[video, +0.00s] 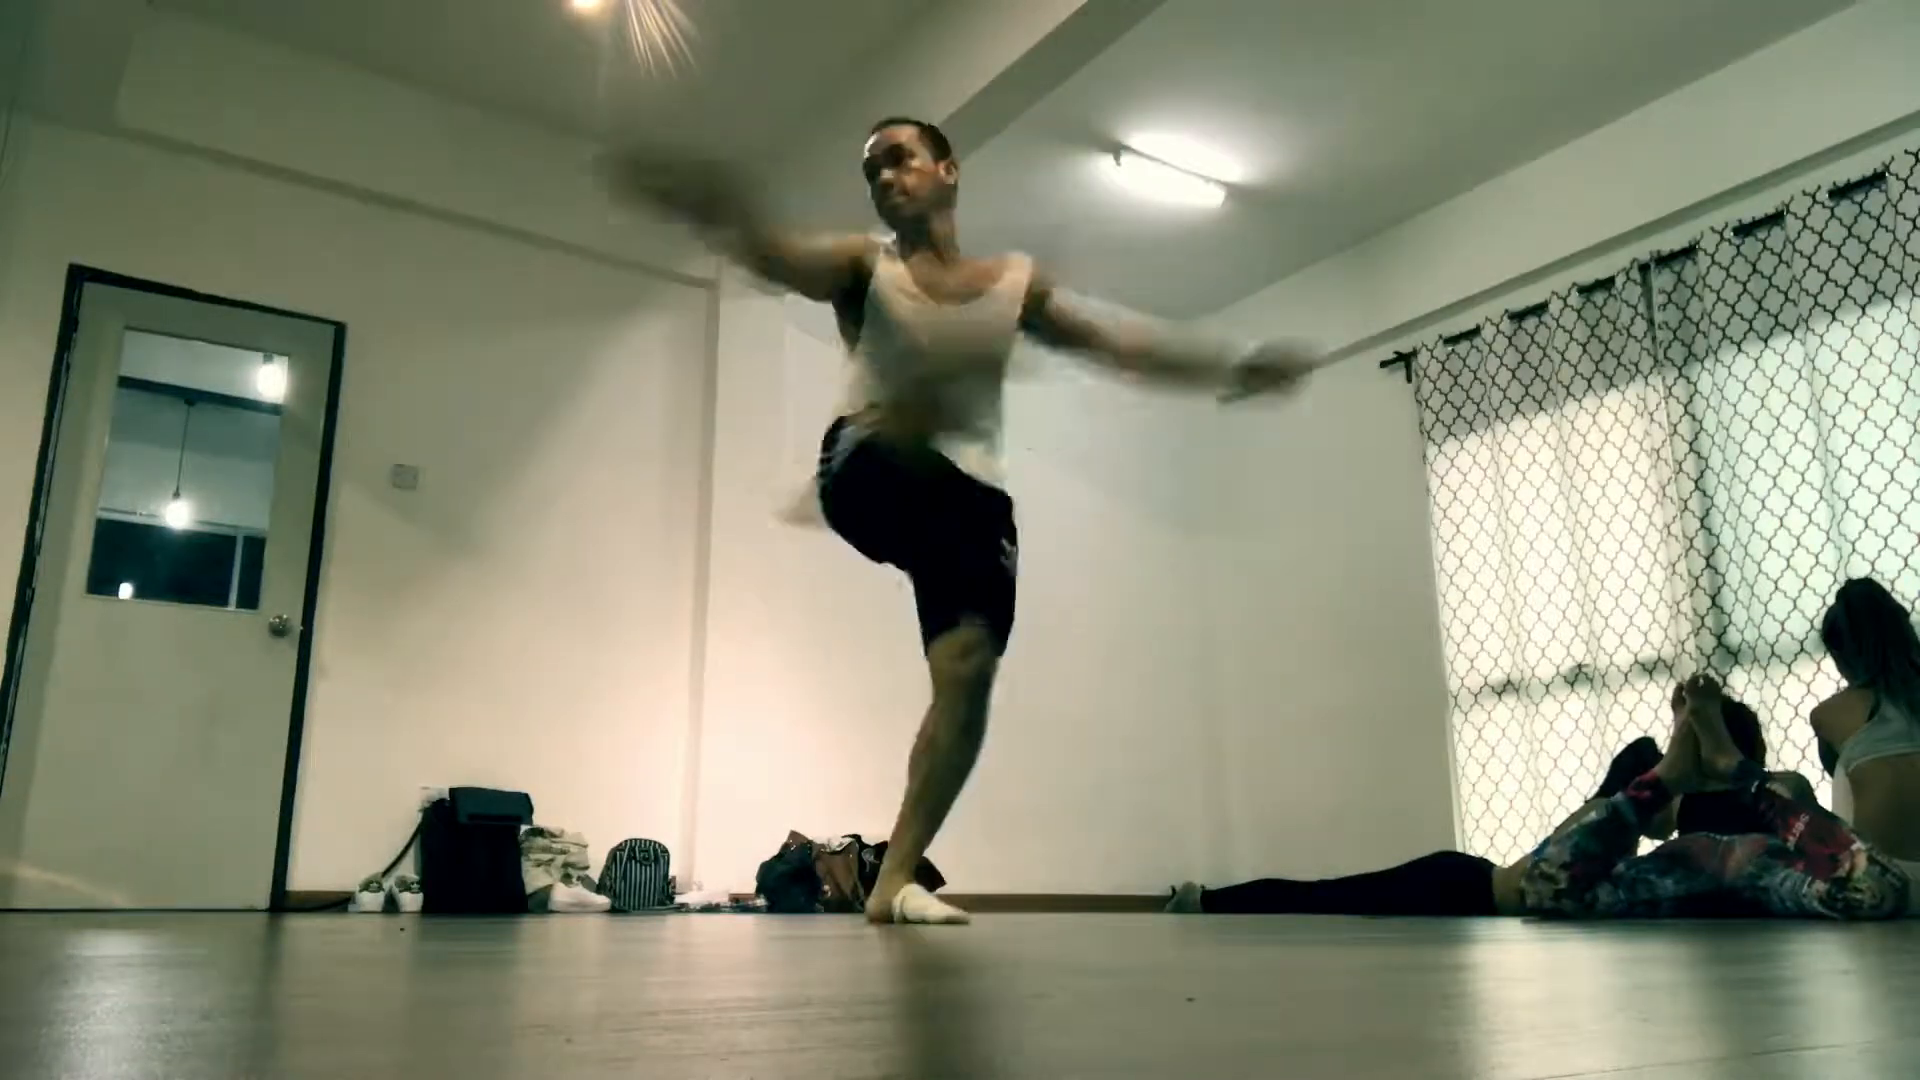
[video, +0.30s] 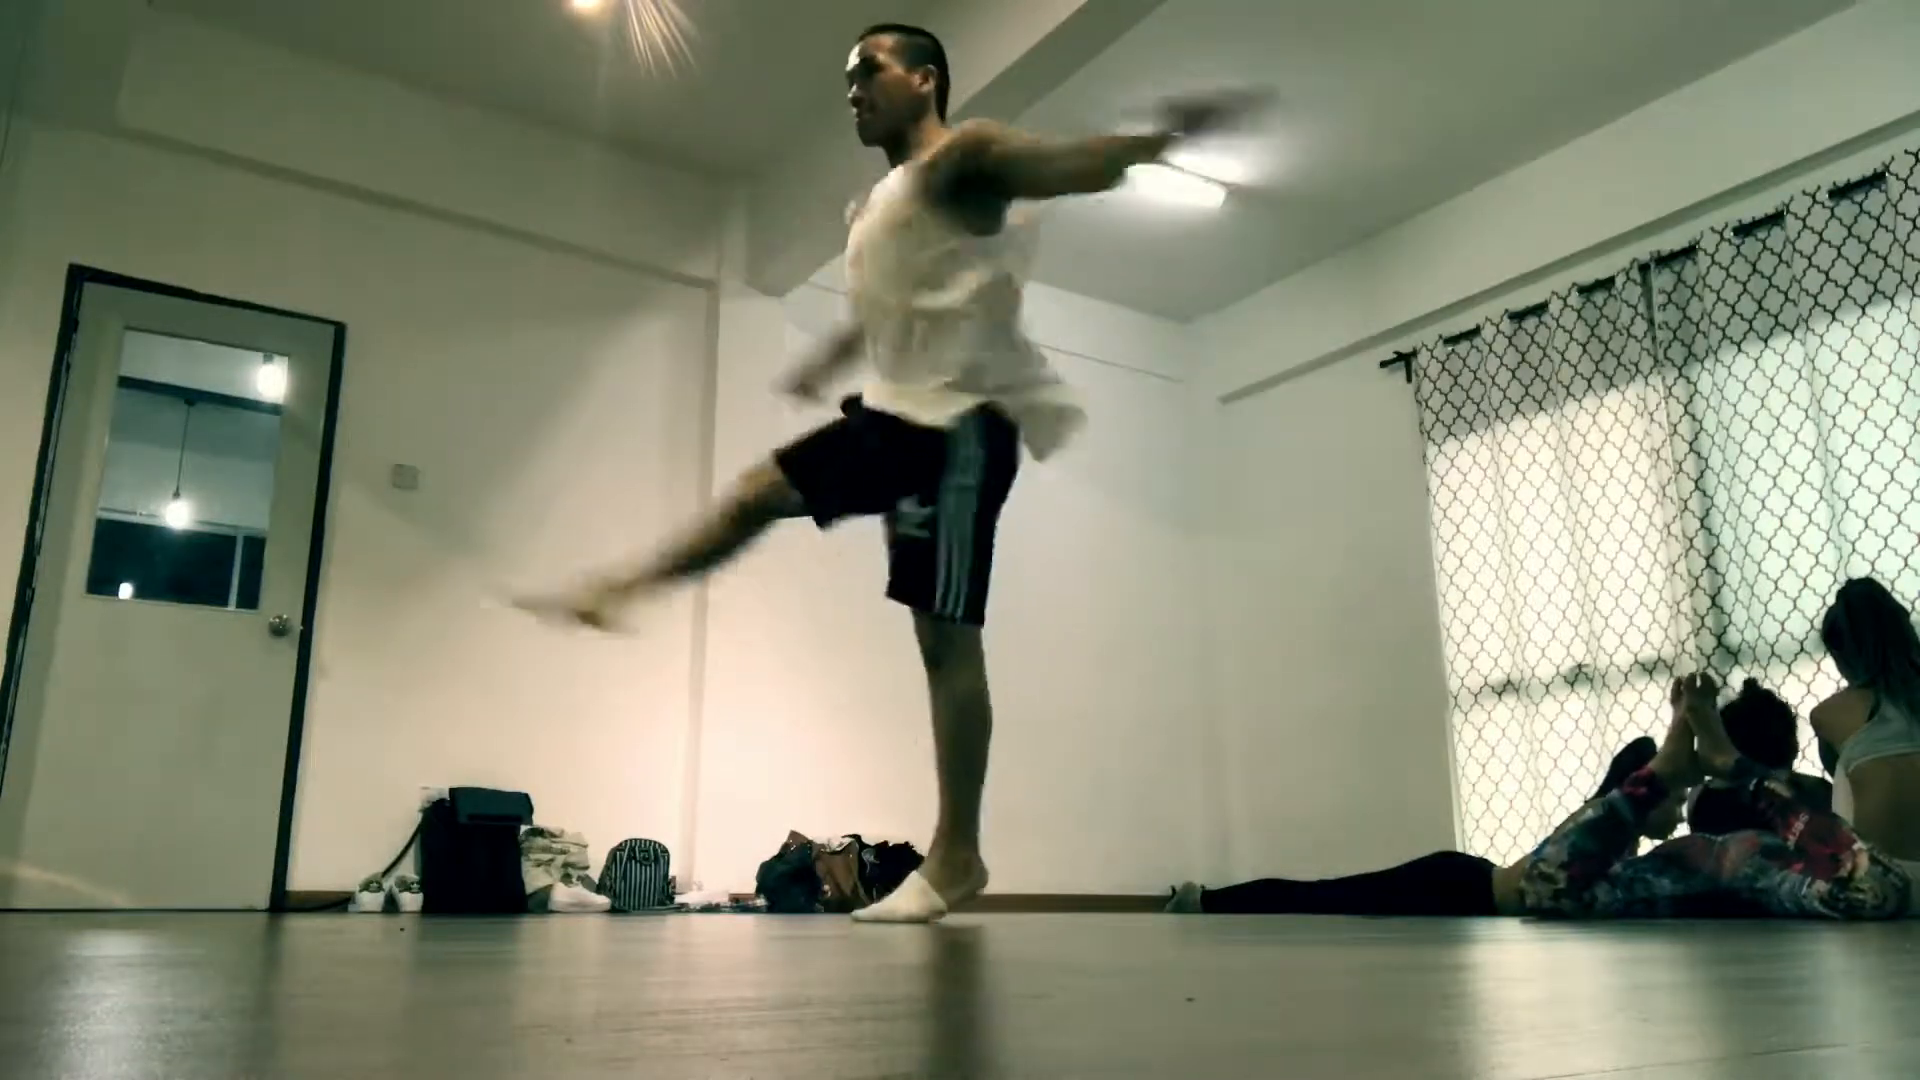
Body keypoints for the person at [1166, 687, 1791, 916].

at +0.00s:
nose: (1676, 725)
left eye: (1691, 716)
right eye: (1678, 714)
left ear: (1723, 735)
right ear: (1682, 732)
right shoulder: (1641, 798)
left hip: (1480, 887)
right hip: (1472, 880)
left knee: (1337, 899)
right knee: (1333, 896)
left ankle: (1211, 901)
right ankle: (1205, 901)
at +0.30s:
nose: (1666, 810)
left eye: (1664, 795)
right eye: (1651, 786)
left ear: (1637, 784)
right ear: (1632, 784)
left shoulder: (1621, 825)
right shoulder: (1613, 823)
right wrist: (1685, 728)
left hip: (1470, 887)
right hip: (1463, 887)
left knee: (1332, 896)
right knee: (1327, 898)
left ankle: (1212, 899)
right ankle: (1206, 902)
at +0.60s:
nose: (1690, 774)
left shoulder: (1639, 808)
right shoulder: (1630, 808)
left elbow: (1663, 779)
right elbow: (1659, 780)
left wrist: (1686, 731)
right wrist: (1688, 731)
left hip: (1473, 885)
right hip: (1471, 885)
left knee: (1341, 896)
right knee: (1337, 898)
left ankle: (1214, 899)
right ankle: (1210, 900)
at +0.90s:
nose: (1692, 741)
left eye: (1713, 736)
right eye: (1703, 733)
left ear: (1733, 750)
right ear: (1716, 743)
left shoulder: (1667, 801)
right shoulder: (1648, 789)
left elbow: (1665, 800)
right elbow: (1644, 793)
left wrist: (1694, 727)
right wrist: (1685, 728)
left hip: (1480, 887)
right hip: (1471, 880)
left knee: (1335, 898)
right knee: (1331, 896)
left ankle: (1209, 901)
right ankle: (1204, 901)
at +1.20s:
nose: (1675, 717)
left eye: (1690, 714)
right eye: (1676, 709)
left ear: (1721, 735)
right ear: (1688, 725)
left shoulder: (1720, 799)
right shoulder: (1647, 775)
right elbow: (1629, 806)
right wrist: (1681, 730)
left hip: (1505, 893)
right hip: (1489, 878)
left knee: (1344, 902)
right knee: (1338, 894)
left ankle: (1215, 903)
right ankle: (1210, 901)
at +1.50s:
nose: (1682, 726)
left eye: (1698, 724)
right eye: (1689, 718)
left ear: (1720, 740)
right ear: (1704, 733)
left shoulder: (1702, 802)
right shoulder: (1652, 781)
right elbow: (1645, 790)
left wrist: (1690, 721)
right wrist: (1681, 718)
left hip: (1497, 889)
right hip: (1488, 880)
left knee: (1340, 900)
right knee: (1336, 895)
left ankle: (1212, 902)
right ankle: (1208, 900)